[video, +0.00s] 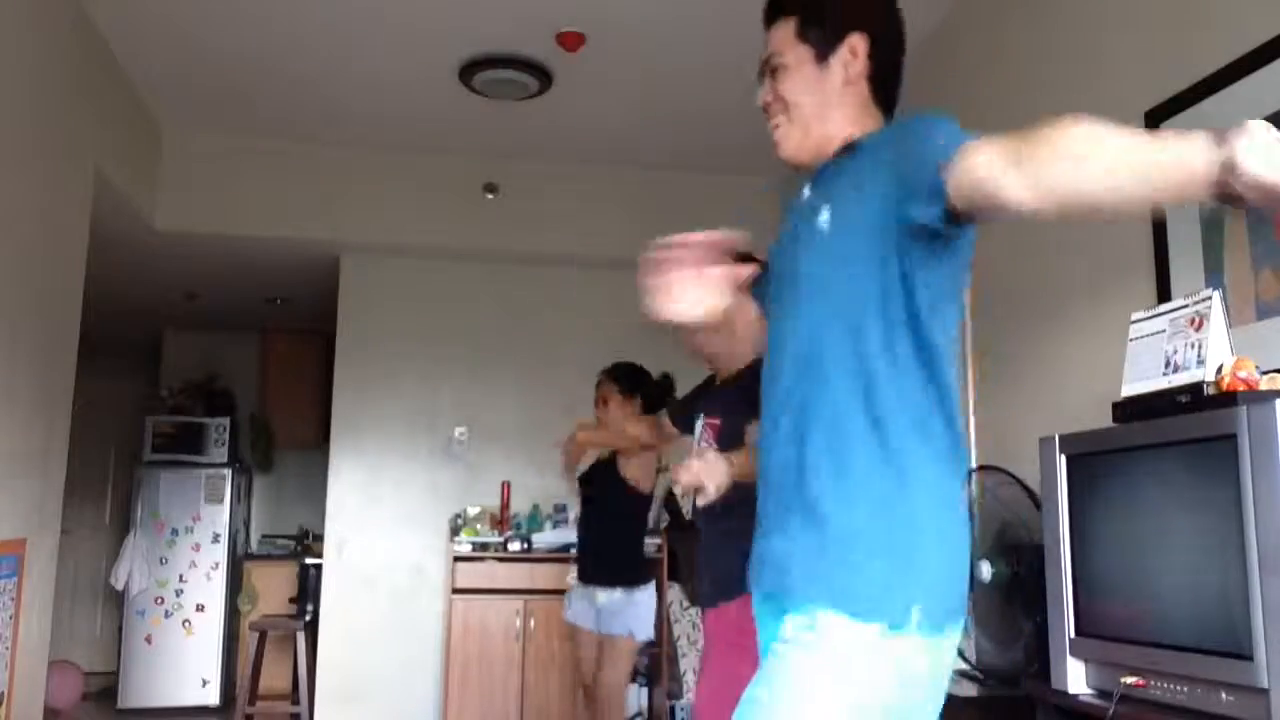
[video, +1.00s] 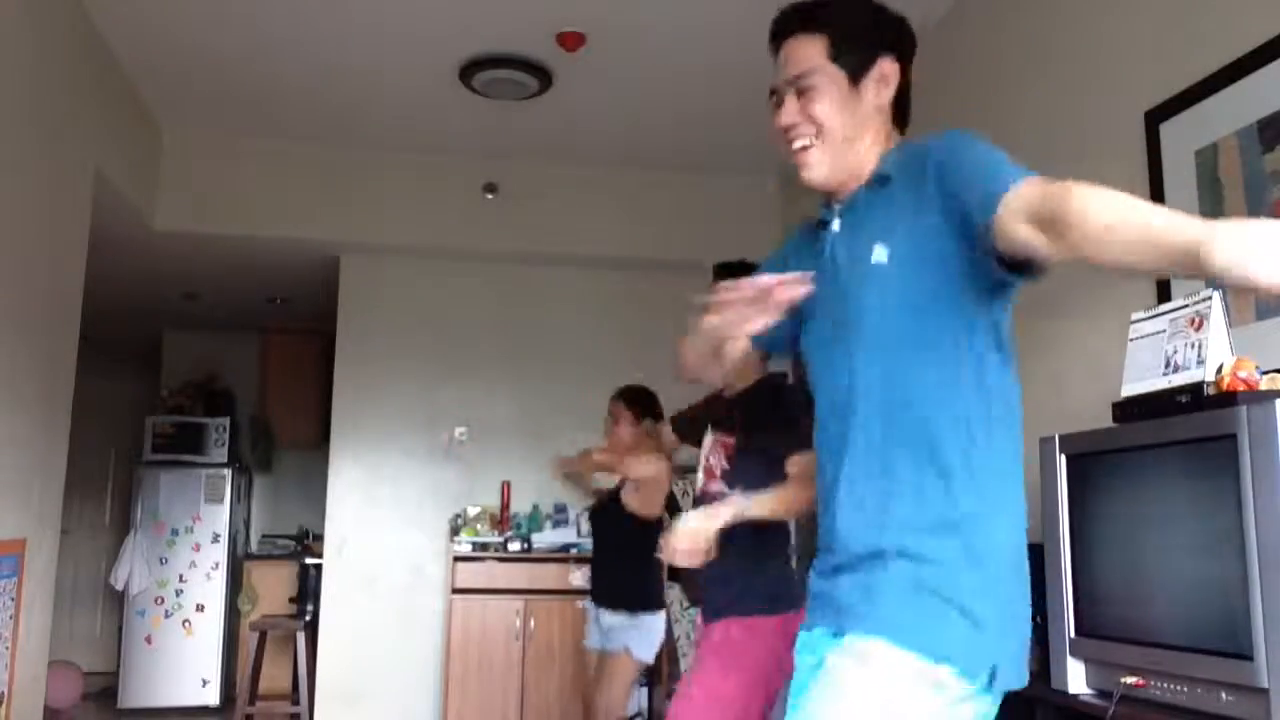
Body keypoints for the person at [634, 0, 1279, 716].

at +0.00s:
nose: (762, 95)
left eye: (776, 70)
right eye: (761, 77)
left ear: (848, 59)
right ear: (839, 65)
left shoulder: (901, 153)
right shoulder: (800, 222)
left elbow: (1023, 171)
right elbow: (742, 353)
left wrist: (1223, 159)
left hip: (874, 603)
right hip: (806, 600)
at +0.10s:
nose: (756, 119)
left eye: (773, 93)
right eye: (755, 103)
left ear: (851, 85)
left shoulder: (904, 179)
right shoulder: (801, 255)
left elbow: (1021, 208)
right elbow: (731, 390)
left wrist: (1225, 222)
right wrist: (715, 338)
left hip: (863, 630)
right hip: (799, 622)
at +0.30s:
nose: (805, 61)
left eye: (832, 35)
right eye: (791, 43)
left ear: (893, 45)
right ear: (779, 61)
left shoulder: (925, 116)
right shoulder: (787, 192)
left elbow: (1060, 153)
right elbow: (685, 310)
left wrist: (939, 201)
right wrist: (527, 353)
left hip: (904, 565)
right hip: (797, 559)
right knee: (783, 710)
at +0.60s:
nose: (842, 82)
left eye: (867, 55)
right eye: (823, 66)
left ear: (925, 69)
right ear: (808, 90)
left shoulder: (975, 151)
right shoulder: (806, 232)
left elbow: (1145, 175)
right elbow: (683, 326)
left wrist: (921, 242)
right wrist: (540, 414)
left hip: (962, 616)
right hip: (808, 610)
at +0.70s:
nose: (833, 69)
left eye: (858, 41)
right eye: (813, 52)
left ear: (915, 52)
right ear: (796, 74)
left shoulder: (952, 108)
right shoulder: (803, 211)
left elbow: (1093, 133)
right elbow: (684, 304)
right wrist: (525, 380)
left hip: (952, 571)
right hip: (819, 567)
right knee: (765, 706)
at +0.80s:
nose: (822, 78)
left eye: (845, 52)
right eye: (804, 62)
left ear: (907, 61)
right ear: (792, 84)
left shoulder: (943, 136)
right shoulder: (803, 222)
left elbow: (1048, 167)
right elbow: (720, 307)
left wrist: (1223, 182)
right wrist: (638, 325)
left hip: (935, 565)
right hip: (824, 563)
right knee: (804, 711)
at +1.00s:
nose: (784, 117)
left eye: (804, 89)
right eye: (778, 98)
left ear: (880, 82)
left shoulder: (941, 169)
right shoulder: (807, 249)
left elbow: (1050, 214)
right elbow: (704, 373)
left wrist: (1219, 245)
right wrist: (719, 334)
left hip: (933, 597)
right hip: (841, 596)